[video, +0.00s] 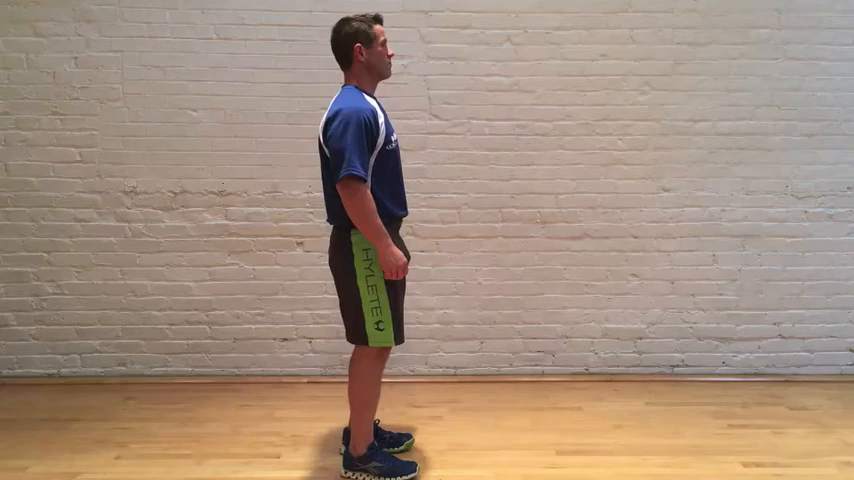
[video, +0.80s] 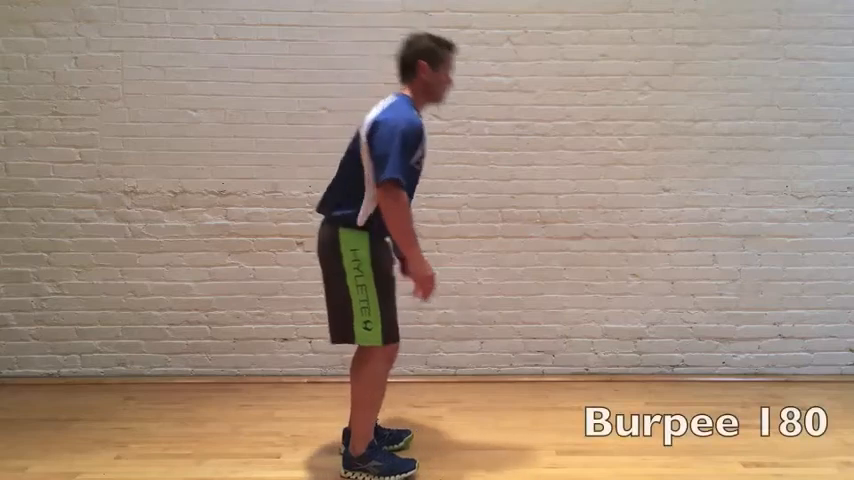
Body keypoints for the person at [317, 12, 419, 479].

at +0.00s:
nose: (391, 52)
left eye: (388, 44)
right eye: (384, 45)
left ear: (359, 53)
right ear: (361, 53)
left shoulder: (363, 105)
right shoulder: (352, 110)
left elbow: (362, 186)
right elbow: (351, 189)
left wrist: (389, 243)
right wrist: (385, 247)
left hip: (370, 239)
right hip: (362, 242)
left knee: (374, 341)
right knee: (373, 345)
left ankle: (362, 428)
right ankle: (360, 451)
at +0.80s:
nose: (450, 81)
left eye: (451, 72)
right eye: (446, 72)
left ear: (419, 71)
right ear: (423, 70)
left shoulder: (395, 112)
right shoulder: (401, 119)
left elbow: (384, 194)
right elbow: (390, 194)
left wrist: (404, 251)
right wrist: (416, 258)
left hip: (357, 234)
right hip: (355, 236)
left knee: (375, 341)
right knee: (381, 344)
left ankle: (363, 429)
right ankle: (359, 450)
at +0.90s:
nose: (478, 133)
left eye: (480, 125)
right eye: (475, 123)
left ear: (449, 116)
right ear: (454, 116)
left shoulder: (418, 144)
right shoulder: (421, 155)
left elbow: (405, 231)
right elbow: (411, 230)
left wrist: (425, 281)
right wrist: (437, 294)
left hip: (341, 244)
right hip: (339, 247)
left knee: (378, 347)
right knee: (390, 351)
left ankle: (361, 429)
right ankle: (360, 452)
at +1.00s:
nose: (490, 203)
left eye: (494, 195)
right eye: (490, 192)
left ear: (468, 179)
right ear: (472, 180)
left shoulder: (430, 198)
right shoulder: (434, 209)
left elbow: (418, 282)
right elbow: (428, 285)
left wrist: (447, 330)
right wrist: (455, 352)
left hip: (331, 268)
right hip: (331, 274)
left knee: (386, 353)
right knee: (404, 362)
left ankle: (360, 430)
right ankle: (361, 454)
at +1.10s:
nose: (498, 264)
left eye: (503, 257)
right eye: (500, 254)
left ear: (480, 238)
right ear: (484, 240)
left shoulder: (443, 246)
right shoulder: (443, 262)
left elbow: (435, 331)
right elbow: (442, 345)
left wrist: (459, 376)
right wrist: (469, 412)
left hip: (330, 284)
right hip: (326, 294)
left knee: (406, 341)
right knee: (411, 368)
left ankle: (362, 430)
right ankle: (361, 456)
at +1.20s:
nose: (497, 317)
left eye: (503, 311)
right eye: (501, 308)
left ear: (485, 287)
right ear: (489, 292)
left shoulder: (455, 283)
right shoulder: (451, 298)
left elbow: (451, 369)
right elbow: (453, 385)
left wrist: (464, 410)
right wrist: (476, 448)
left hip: (326, 262)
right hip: (322, 274)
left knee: (384, 353)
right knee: (396, 363)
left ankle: (362, 430)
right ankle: (361, 455)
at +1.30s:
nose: (488, 346)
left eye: (496, 342)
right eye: (494, 339)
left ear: (486, 316)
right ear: (487, 321)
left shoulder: (460, 303)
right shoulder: (453, 315)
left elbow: (452, 380)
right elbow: (457, 399)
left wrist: (465, 424)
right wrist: (477, 467)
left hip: (341, 235)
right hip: (340, 245)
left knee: (359, 345)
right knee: (370, 354)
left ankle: (342, 418)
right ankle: (334, 446)